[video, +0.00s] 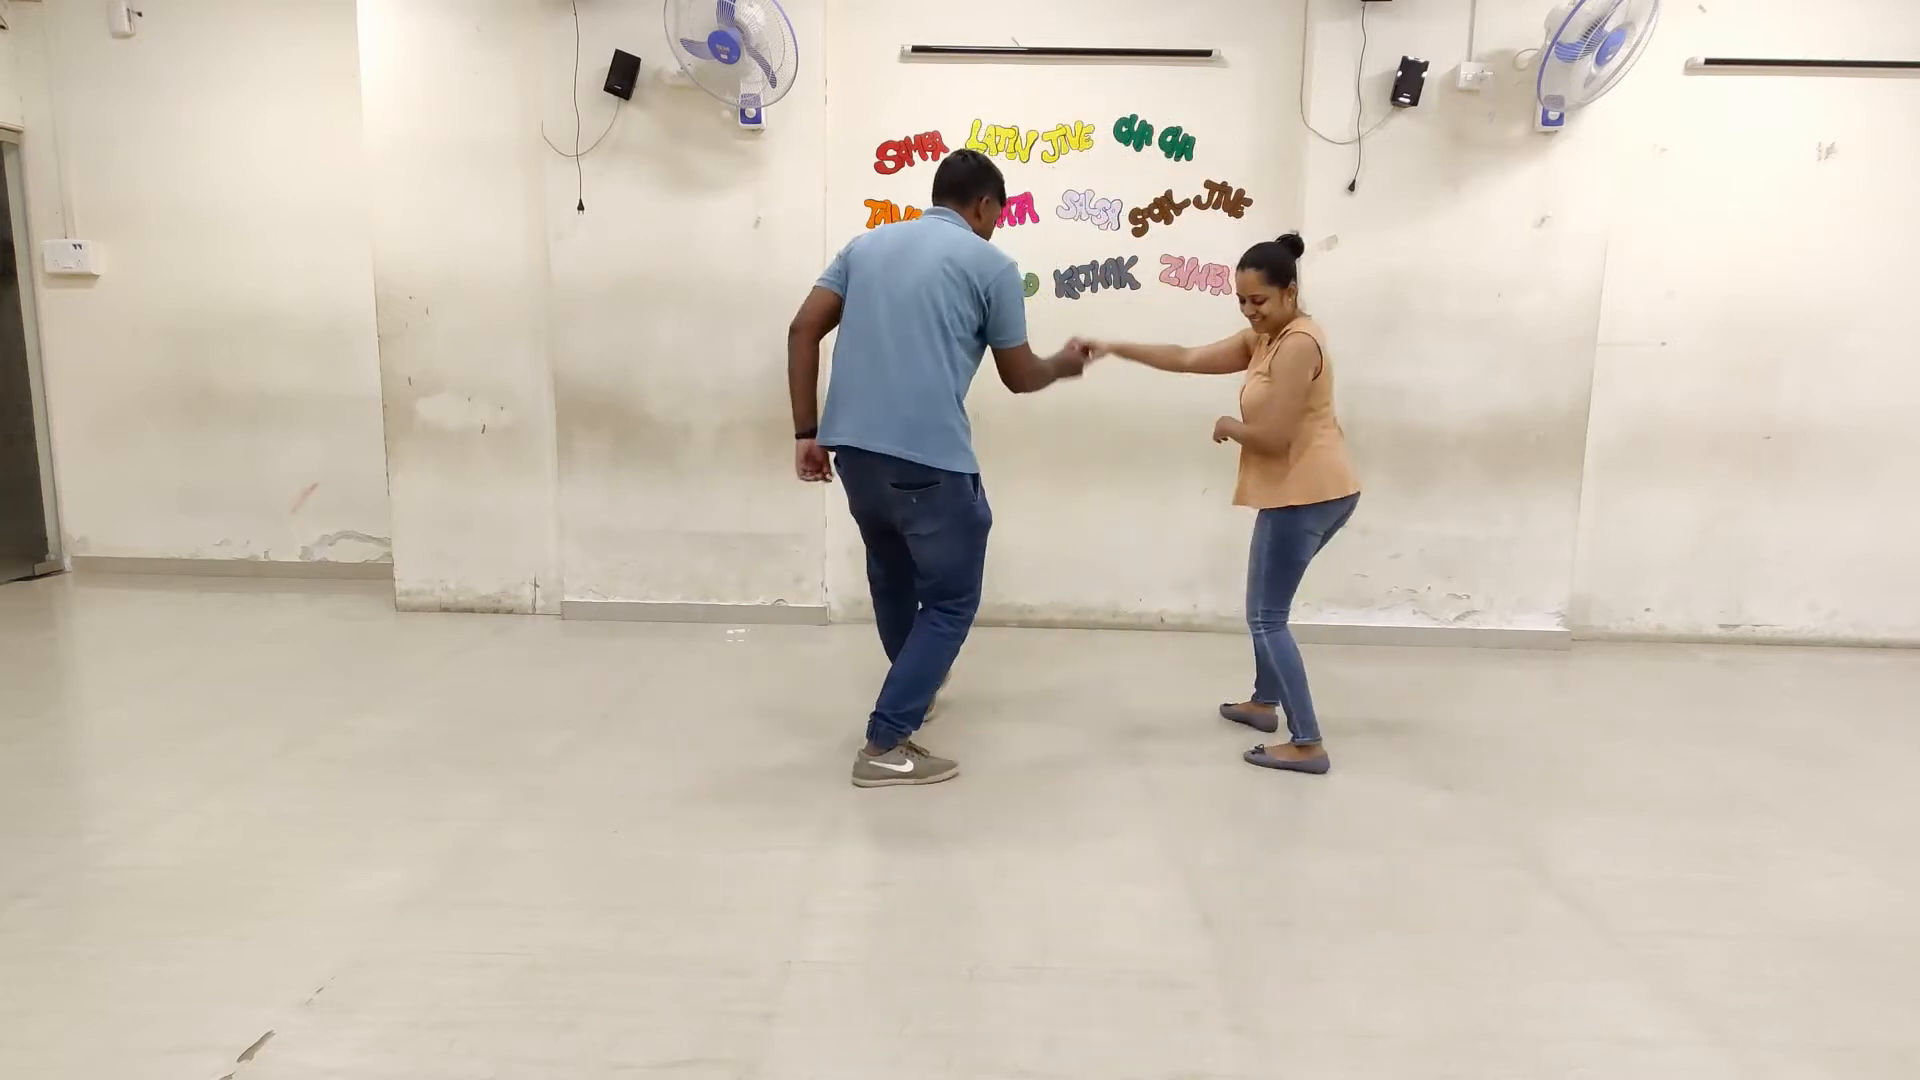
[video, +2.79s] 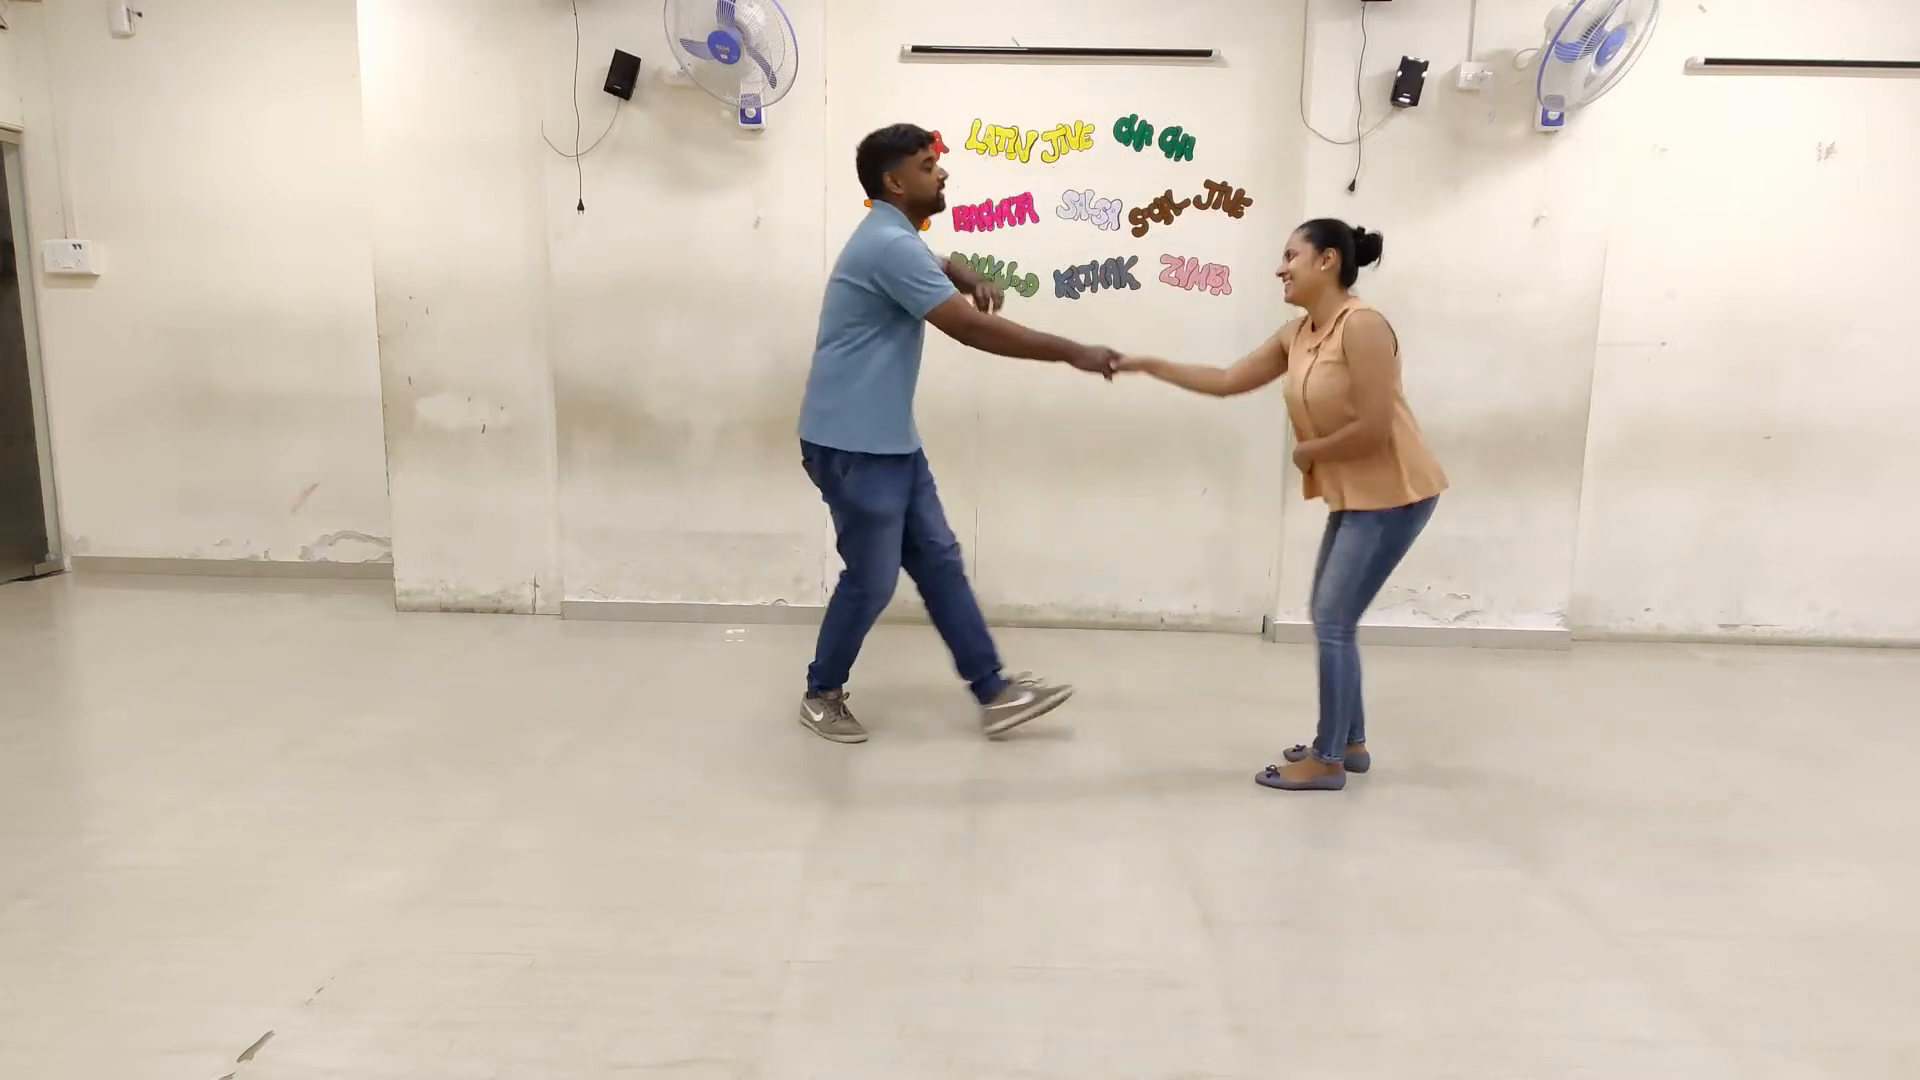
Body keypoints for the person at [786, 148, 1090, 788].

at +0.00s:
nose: (998, 225)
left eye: (999, 215)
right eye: (999, 214)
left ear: (935, 197)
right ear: (983, 204)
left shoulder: (866, 245)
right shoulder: (989, 266)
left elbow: (804, 329)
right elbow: (1020, 376)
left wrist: (806, 432)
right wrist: (1064, 364)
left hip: (852, 444)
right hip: (928, 454)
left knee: (889, 563)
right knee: (949, 604)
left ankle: (913, 681)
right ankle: (884, 746)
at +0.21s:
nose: (1008, 232)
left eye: (1010, 220)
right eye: (1011, 219)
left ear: (952, 199)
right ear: (994, 205)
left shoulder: (881, 246)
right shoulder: (988, 260)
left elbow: (824, 332)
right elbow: (1014, 372)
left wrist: (853, 405)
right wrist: (1059, 359)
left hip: (858, 440)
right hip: (924, 451)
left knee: (939, 567)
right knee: (948, 603)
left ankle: (938, 693)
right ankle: (885, 747)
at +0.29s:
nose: (1020, 252)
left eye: (1024, 238)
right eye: (1021, 236)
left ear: (968, 217)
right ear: (1000, 221)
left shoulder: (903, 263)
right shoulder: (981, 277)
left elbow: (850, 356)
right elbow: (990, 383)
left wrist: (907, 401)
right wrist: (1045, 434)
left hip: (870, 453)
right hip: (922, 459)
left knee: (952, 579)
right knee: (965, 607)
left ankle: (935, 700)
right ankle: (887, 746)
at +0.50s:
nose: (1054, 258)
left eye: (1059, 245)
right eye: (1054, 242)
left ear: (1018, 226)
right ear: (1025, 224)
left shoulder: (972, 266)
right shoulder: (971, 268)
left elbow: (925, 371)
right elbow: (975, 368)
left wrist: (964, 444)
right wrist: (1071, 405)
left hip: (920, 438)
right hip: (903, 438)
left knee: (991, 564)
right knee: (984, 574)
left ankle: (932, 696)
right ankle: (963, 744)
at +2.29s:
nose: (1038, 169)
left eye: (1035, 160)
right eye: (1025, 161)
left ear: (1003, 176)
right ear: (986, 174)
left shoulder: (995, 244)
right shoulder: (966, 244)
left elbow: (985, 340)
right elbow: (994, 347)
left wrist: (1025, 372)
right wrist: (1088, 385)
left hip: (977, 431)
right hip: (942, 430)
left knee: (1023, 564)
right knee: (1000, 565)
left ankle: (974, 705)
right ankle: (984, 724)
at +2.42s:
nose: (1003, 172)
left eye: (1000, 162)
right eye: (987, 165)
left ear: (967, 183)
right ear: (952, 184)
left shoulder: (968, 248)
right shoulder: (945, 251)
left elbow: (974, 335)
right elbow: (1013, 340)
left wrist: (1011, 357)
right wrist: (1107, 372)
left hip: (971, 441)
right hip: (926, 442)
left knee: (1017, 566)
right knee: (967, 575)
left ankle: (974, 703)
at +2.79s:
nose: (941, 173)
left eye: (937, 163)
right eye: (928, 165)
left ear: (901, 181)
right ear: (894, 179)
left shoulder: (896, 233)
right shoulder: (889, 244)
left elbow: (932, 264)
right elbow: (970, 327)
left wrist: (964, 273)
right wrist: (1070, 350)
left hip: (890, 438)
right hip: (851, 442)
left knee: (938, 560)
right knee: (871, 578)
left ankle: (995, 691)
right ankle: (822, 692)